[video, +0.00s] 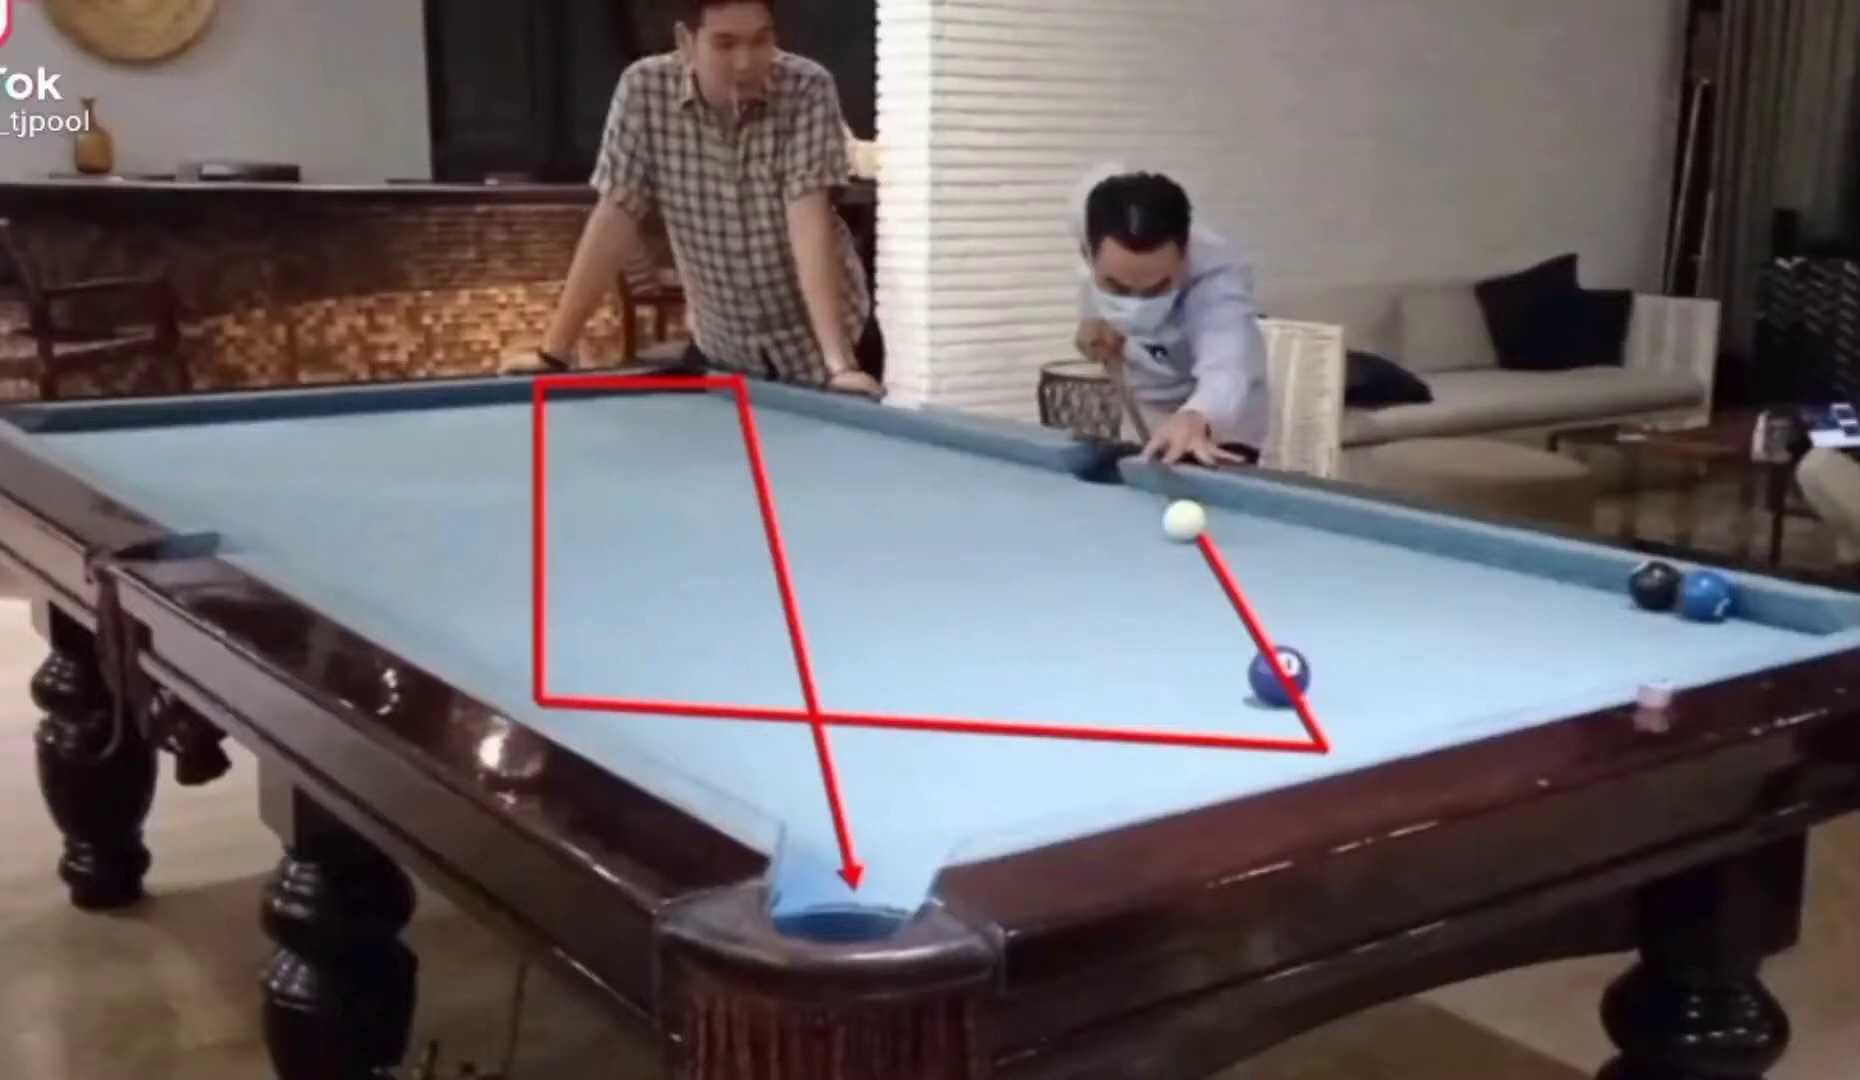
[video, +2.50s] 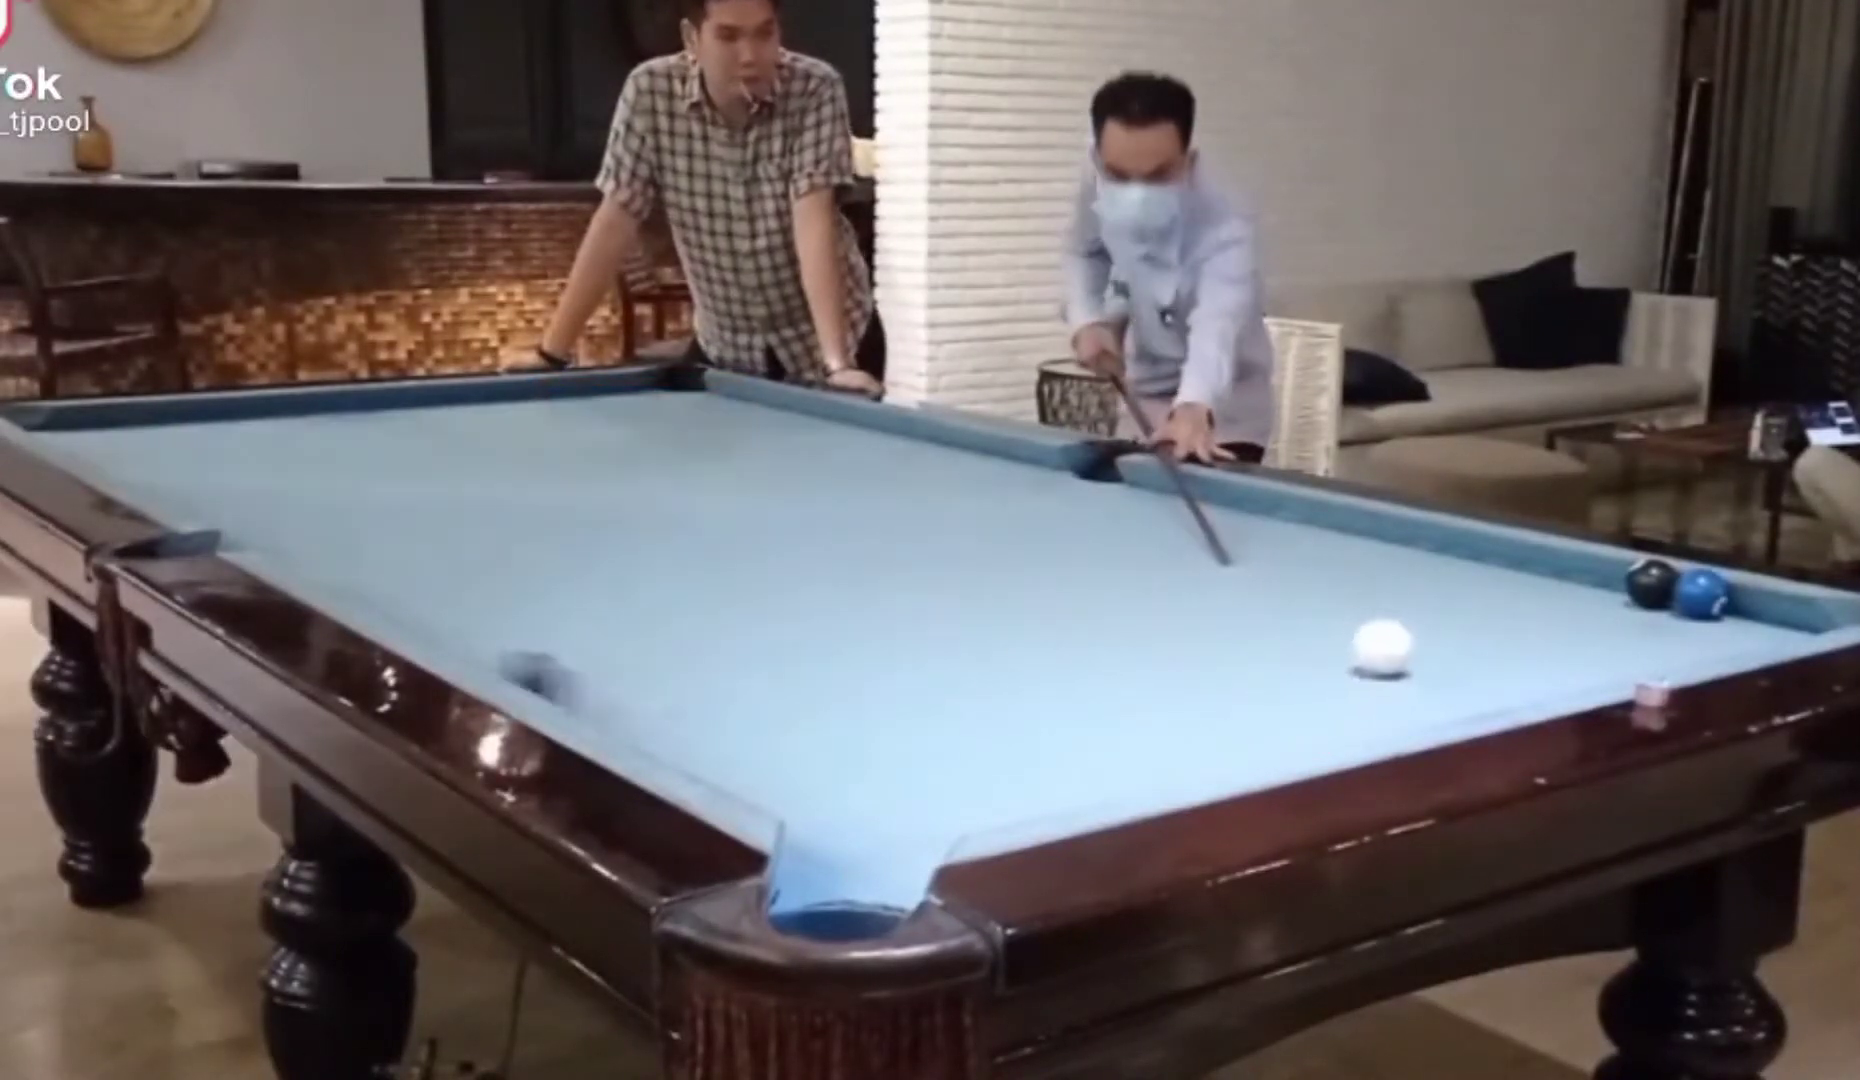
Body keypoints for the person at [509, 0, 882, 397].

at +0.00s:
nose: (746, 63)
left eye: (759, 41)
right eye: (725, 44)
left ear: (774, 36)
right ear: (686, 43)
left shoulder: (806, 89)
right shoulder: (644, 90)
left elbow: (810, 222)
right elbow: (614, 216)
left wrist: (839, 364)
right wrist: (554, 353)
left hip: (824, 349)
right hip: (723, 349)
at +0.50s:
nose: (746, 63)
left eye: (758, 41)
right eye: (726, 44)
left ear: (774, 35)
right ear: (686, 43)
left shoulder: (806, 88)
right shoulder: (644, 90)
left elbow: (810, 220)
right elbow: (614, 215)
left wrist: (839, 365)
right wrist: (553, 353)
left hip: (825, 350)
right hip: (723, 350)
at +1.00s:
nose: (746, 63)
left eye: (758, 41)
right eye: (725, 45)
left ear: (773, 36)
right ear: (686, 43)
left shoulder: (806, 88)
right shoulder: (644, 90)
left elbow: (810, 220)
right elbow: (614, 215)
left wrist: (839, 365)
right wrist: (553, 353)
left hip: (826, 351)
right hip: (723, 351)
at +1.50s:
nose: (740, 62)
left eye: (755, 41)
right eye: (720, 44)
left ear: (771, 36)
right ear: (684, 44)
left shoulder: (806, 90)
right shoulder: (647, 91)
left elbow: (809, 216)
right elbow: (616, 213)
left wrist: (838, 363)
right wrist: (553, 351)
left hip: (824, 343)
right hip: (725, 345)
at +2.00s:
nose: (746, 65)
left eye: (760, 42)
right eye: (724, 47)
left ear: (775, 36)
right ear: (687, 46)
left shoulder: (810, 89)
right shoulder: (650, 92)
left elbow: (811, 212)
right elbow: (618, 214)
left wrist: (838, 363)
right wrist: (553, 351)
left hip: (832, 343)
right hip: (728, 345)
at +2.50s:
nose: (750, 55)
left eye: (764, 34)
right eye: (728, 37)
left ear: (780, 32)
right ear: (692, 40)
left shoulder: (814, 89)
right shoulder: (650, 91)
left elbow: (814, 214)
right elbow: (618, 215)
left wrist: (838, 362)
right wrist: (552, 353)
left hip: (830, 346)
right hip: (726, 349)